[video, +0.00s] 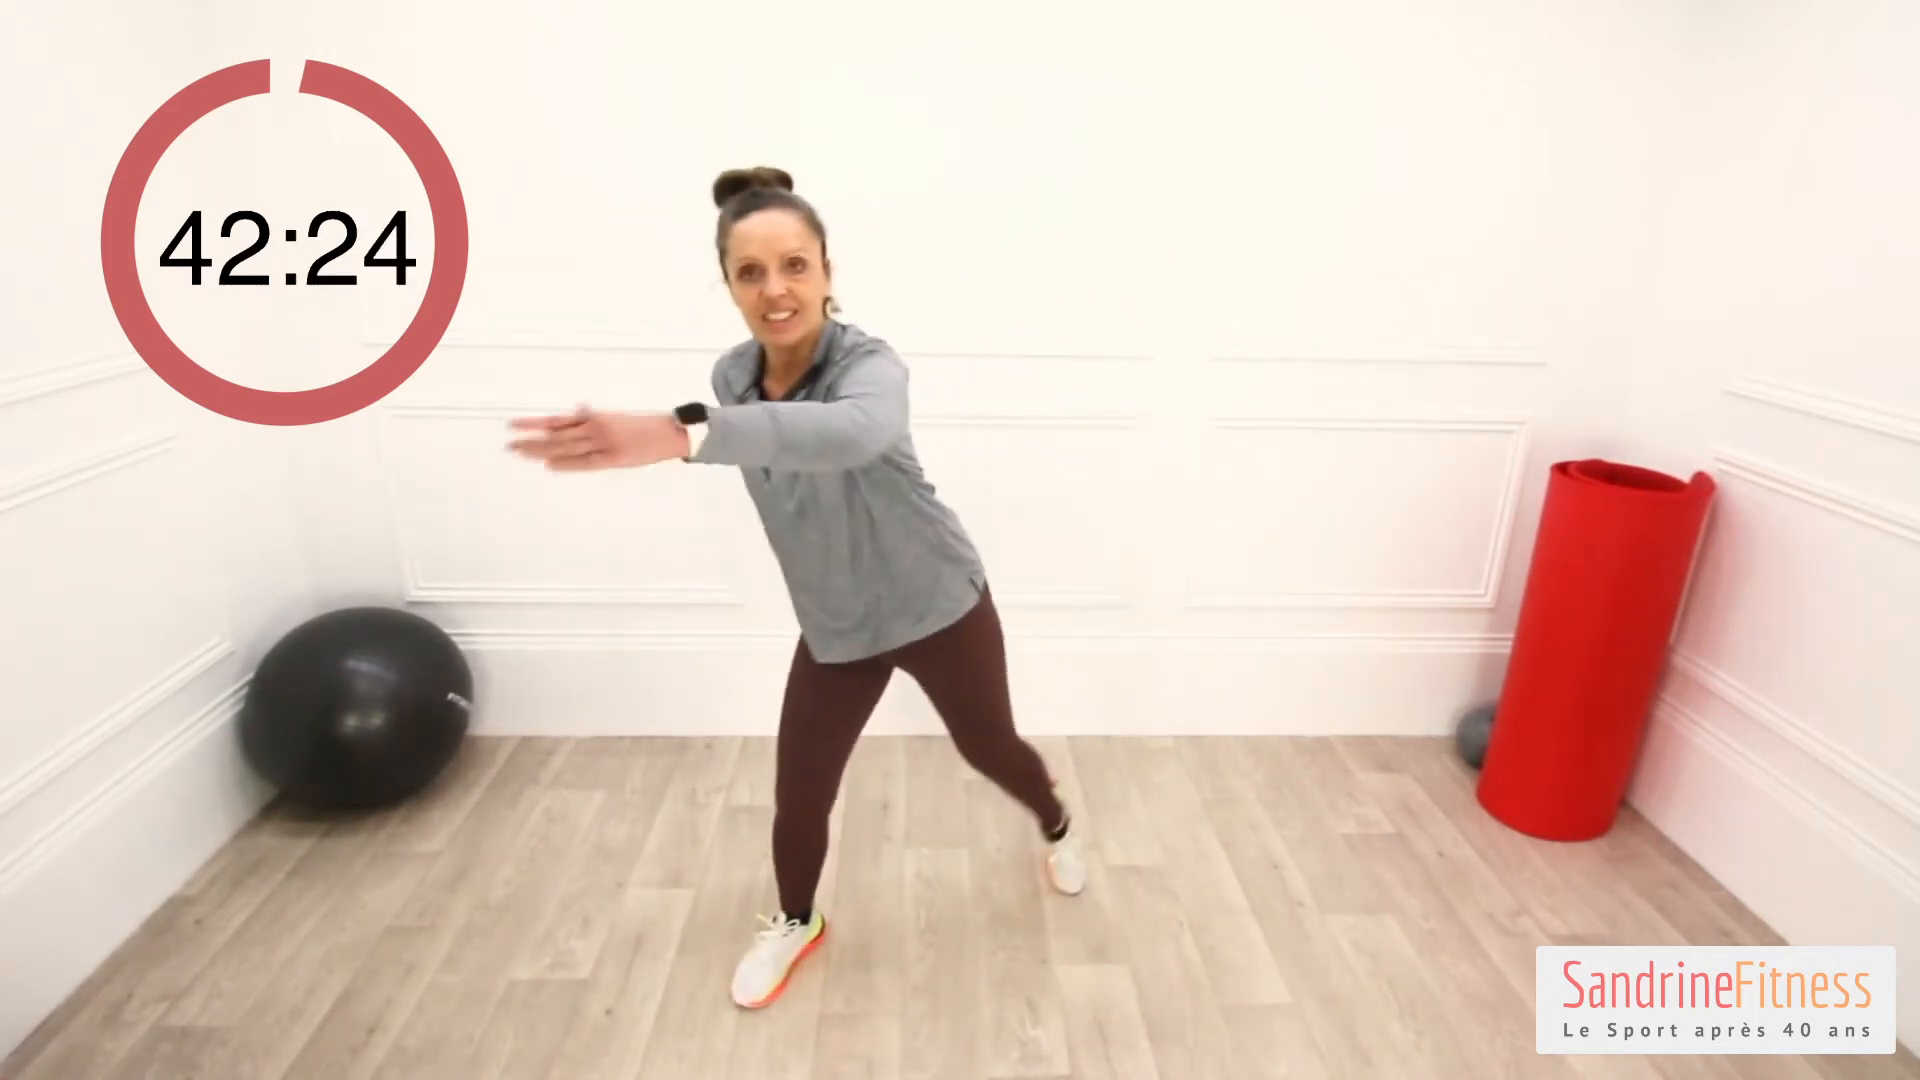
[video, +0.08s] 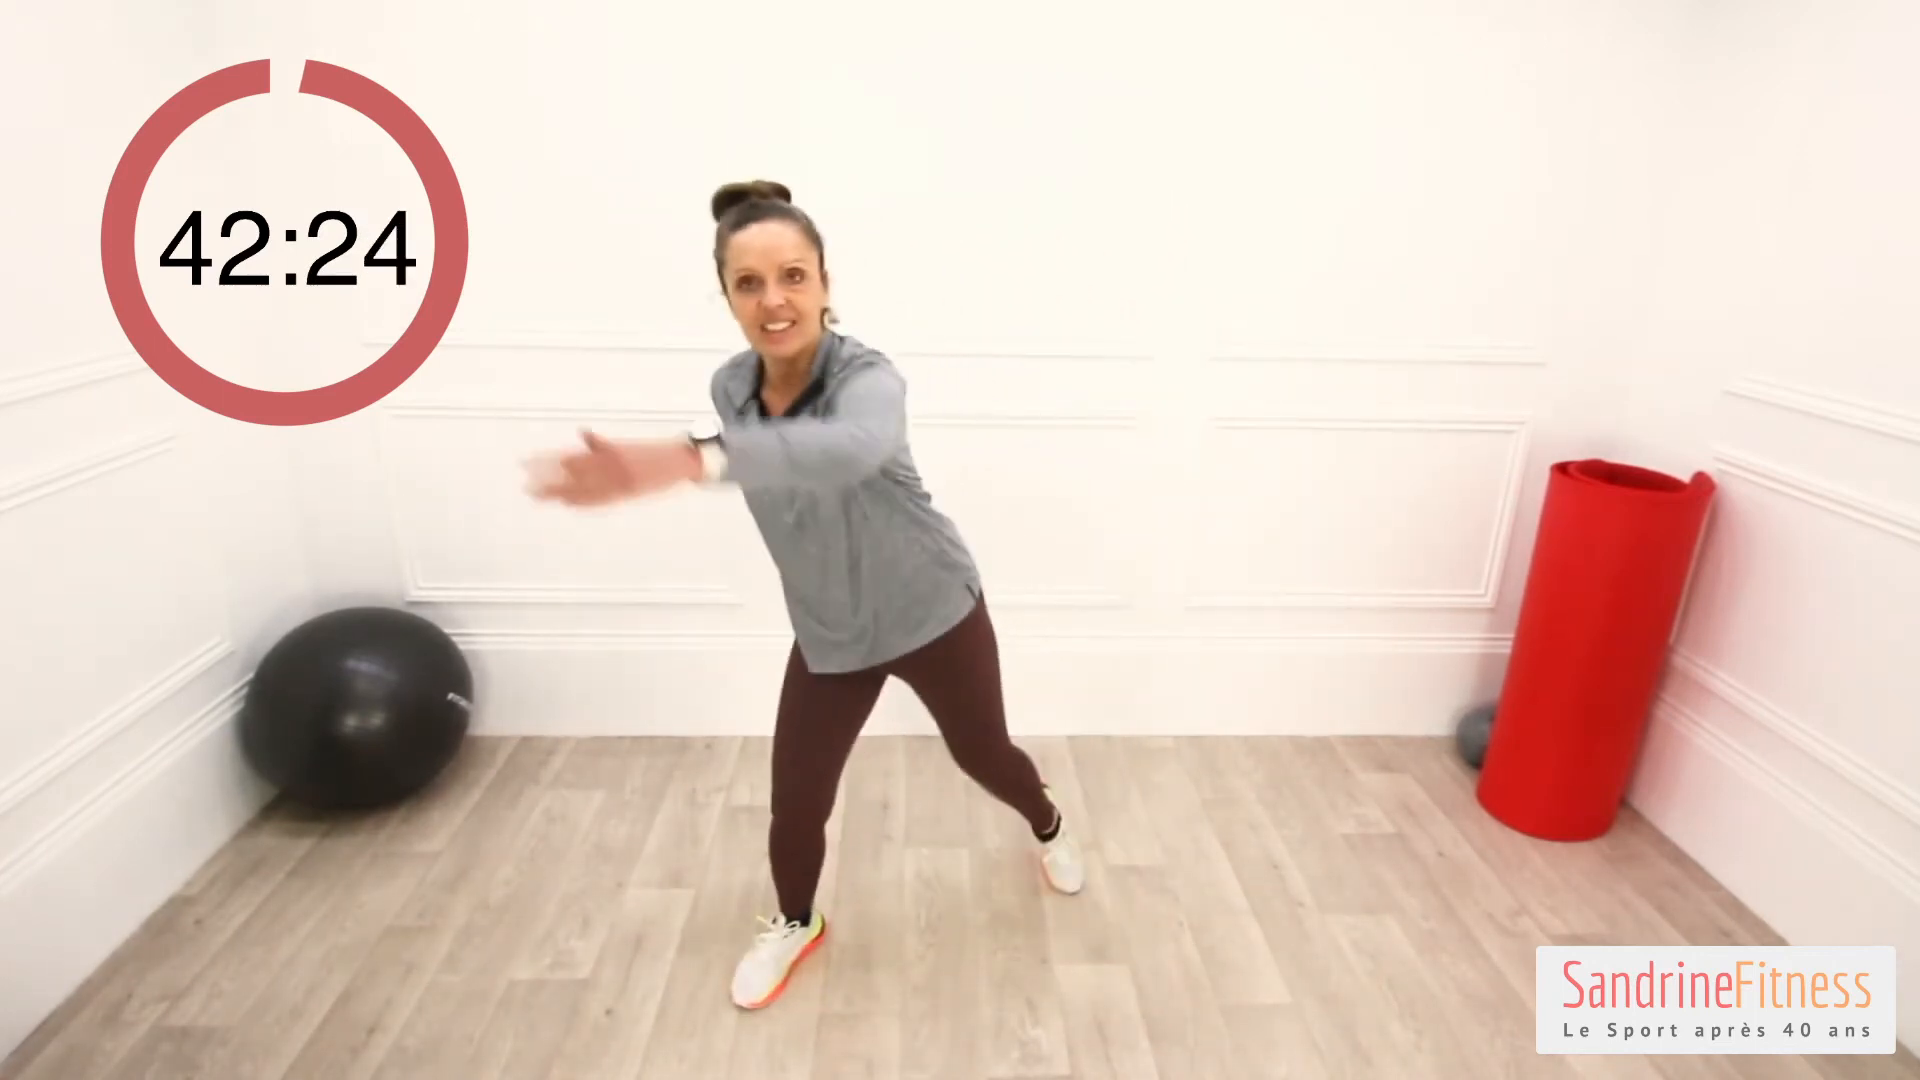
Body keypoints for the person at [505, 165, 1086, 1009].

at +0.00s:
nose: (776, 291)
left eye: (794, 266)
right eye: (751, 273)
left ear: (827, 274)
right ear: (729, 291)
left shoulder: (869, 364)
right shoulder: (733, 377)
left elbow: (866, 431)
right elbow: (765, 457)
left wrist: (687, 432)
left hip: (936, 604)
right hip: (836, 623)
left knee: (992, 751)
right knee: (800, 794)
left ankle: (1058, 824)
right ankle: (797, 921)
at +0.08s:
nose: (774, 301)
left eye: (792, 277)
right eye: (749, 285)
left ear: (826, 287)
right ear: (728, 304)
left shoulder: (867, 378)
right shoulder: (732, 387)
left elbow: (861, 448)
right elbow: (764, 469)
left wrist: (699, 460)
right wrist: (643, 476)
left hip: (932, 612)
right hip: (830, 630)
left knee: (985, 756)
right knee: (796, 803)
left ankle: (1051, 828)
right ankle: (797, 923)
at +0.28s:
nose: (812, 291)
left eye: (831, 266)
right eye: (787, 272)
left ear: (861, 272)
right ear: (763, 288)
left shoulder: (914, 392)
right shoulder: (738, 380)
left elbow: (1023, 518)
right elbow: (790, 498)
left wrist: (926, 623)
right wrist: (842, 595)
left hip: (942, 599)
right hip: (835, 614)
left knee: (1010, 746)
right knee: (811, 791)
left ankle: (1073, 848)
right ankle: (795, 922)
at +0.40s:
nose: (882, 317)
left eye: (899, 293)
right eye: (858, 299)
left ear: (924, 301)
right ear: (831, 314)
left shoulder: (980, 424)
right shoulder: (788, 406)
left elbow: (1095, 532)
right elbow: (747, 434)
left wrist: (1037, 641)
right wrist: (767, 535)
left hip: (965, 636)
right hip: (851, 639)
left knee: (1031, 786)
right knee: (821, 810)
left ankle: (1089, 894)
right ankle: (794, 923)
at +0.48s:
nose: (914, 331)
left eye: (930, 307)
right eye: (889, 313)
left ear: (954, 315)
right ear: (861, 330)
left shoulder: (1006, 435)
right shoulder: (812, 423)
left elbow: (1105, 533)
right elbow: (767, 461)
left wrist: (1055, 642)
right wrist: (775, 562)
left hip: (972, 649)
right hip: (859, 651)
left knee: (1034, 794)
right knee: (835, 821)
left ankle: (1095, 899)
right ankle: (794, 924)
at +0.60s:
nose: (1011, 338)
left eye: (1024, 315)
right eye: (986, 322)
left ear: (1044, 322)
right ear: (955, 337)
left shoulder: (1084, 437)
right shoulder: (911, 445)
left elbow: (1108, 518)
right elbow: (849, 546)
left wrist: (1093, 608)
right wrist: (897, 637)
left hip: (1007, 645)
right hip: (902, 643)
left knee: (1061, 804)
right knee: (864, 816)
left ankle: (1102, 909)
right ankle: (792, 925)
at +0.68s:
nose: (1070, 312)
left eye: (1083, 288)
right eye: (1044, 296)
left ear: (1101, 295)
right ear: (1011, 312)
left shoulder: (1126, 406)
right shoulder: (977, 426)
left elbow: (1108, 505)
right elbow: (930, 575)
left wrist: (1098, 583)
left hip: (1034, 624)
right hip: (931, 617)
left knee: (1067, 789)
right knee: (861, 780)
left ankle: (1103, 908)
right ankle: (777, 913)